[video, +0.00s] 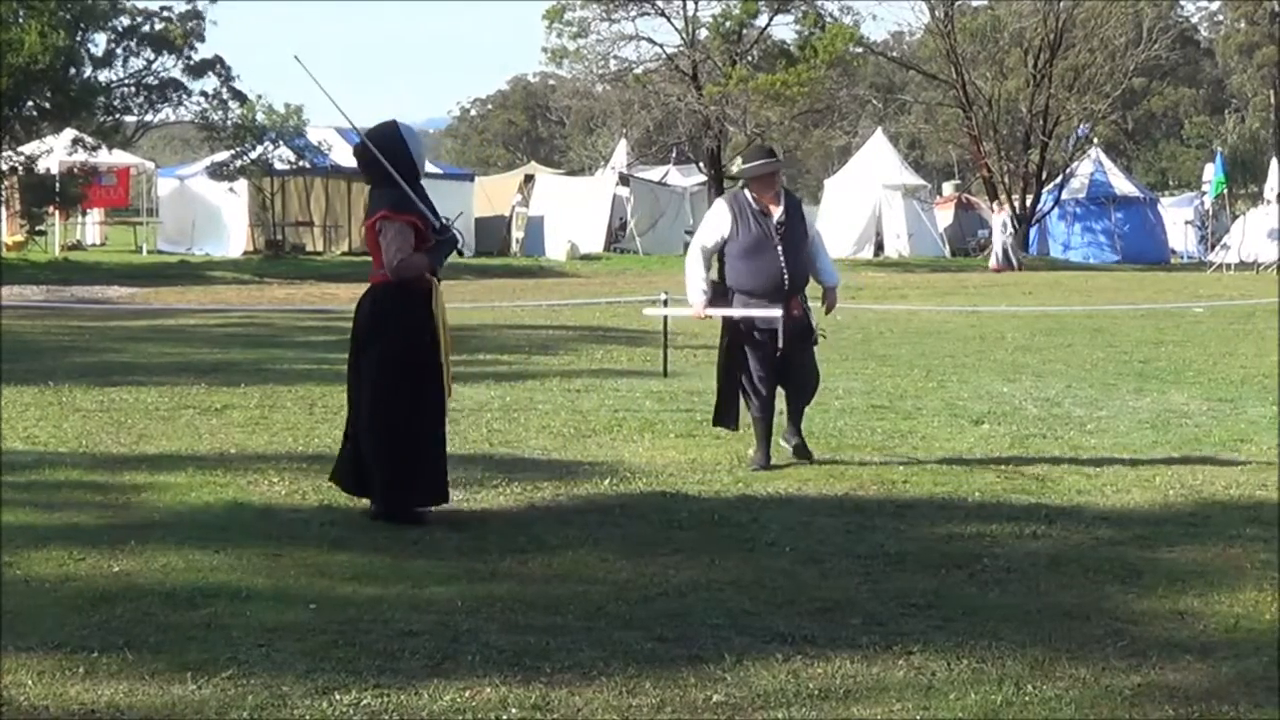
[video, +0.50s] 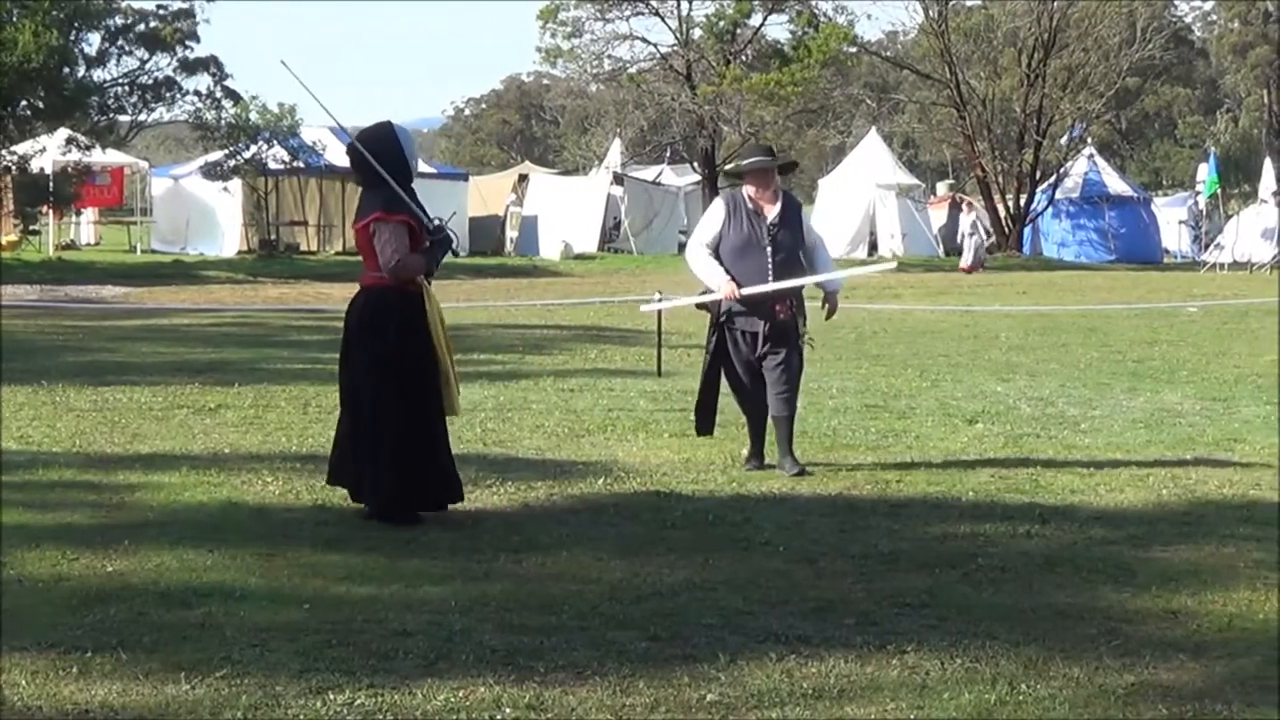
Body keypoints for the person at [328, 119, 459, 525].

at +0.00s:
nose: (419, 155)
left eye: (414, 147)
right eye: (412, 148)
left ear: (377, 160)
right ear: (401, 156)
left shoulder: (397, 200)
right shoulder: (394, 204)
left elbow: (405, 262)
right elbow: (399, 265)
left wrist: (435, 245)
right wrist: (438, 251)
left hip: (399, 309)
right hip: (395, 313)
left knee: (400, 399)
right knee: (400, 400)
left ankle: (394, 494)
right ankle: (397, 498)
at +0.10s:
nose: (418, 155)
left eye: (413, 147)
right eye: (411, 149)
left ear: (376, 161)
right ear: (398, 158)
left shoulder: (399, 201)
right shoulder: (393, 206)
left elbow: (405, 263)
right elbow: (400, 265)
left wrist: (434, 241)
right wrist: (437, 248)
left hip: (401, 310)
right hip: (394, 313)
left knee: (397, 399)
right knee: (397, 401)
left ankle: (391, 494)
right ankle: (392, 497)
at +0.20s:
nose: (414, 157)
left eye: (410, 149)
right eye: (407, 150)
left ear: (373, 162)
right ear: (394, 159)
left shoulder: (396, 205)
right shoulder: (389, 209)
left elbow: (405, 260)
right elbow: (400, 263)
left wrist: (433, 242)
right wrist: (439, 249)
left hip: (401, 309)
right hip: (393, 313)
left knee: (400, 400)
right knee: (398, 401)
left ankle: (392, 495)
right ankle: (392, 498)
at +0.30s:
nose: (413, 153)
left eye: (408, 145)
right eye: (406, 146)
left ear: (371, 158)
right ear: (394, 155)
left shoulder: (391, 201)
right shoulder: (389, 204)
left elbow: (401, 258)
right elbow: (397, 260)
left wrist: (432, 242)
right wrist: (436, 248)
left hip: (396, 306)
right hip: (393, 310)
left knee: (397, 398)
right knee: (396, 399)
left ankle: (388, 493)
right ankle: (389, 496)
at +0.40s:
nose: (411, 154)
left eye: (407, 146)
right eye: (405, 147)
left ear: (367, 158)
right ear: (393, 155)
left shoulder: (385, 199)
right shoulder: (387, 202)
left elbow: (399, 257)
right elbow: (394, 260)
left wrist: (430, 243)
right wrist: (433, 248)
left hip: (389, 304)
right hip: (389, 309)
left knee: (389, 399)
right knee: (392, 399)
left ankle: (384, 492)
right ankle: (386, 496)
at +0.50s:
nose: (413, 158)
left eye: (409, 150)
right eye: (407, 151)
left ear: (368, 162)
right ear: (393, 158)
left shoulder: (383, 202)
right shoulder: (386, 206)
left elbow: (401, 264)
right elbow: (396, 266)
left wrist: (431, 247)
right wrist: (434, 250)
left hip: (383, 308)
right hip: (389, 313)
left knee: (387, 402)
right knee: (394, 403)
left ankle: (383, 492)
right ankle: (392, 498)